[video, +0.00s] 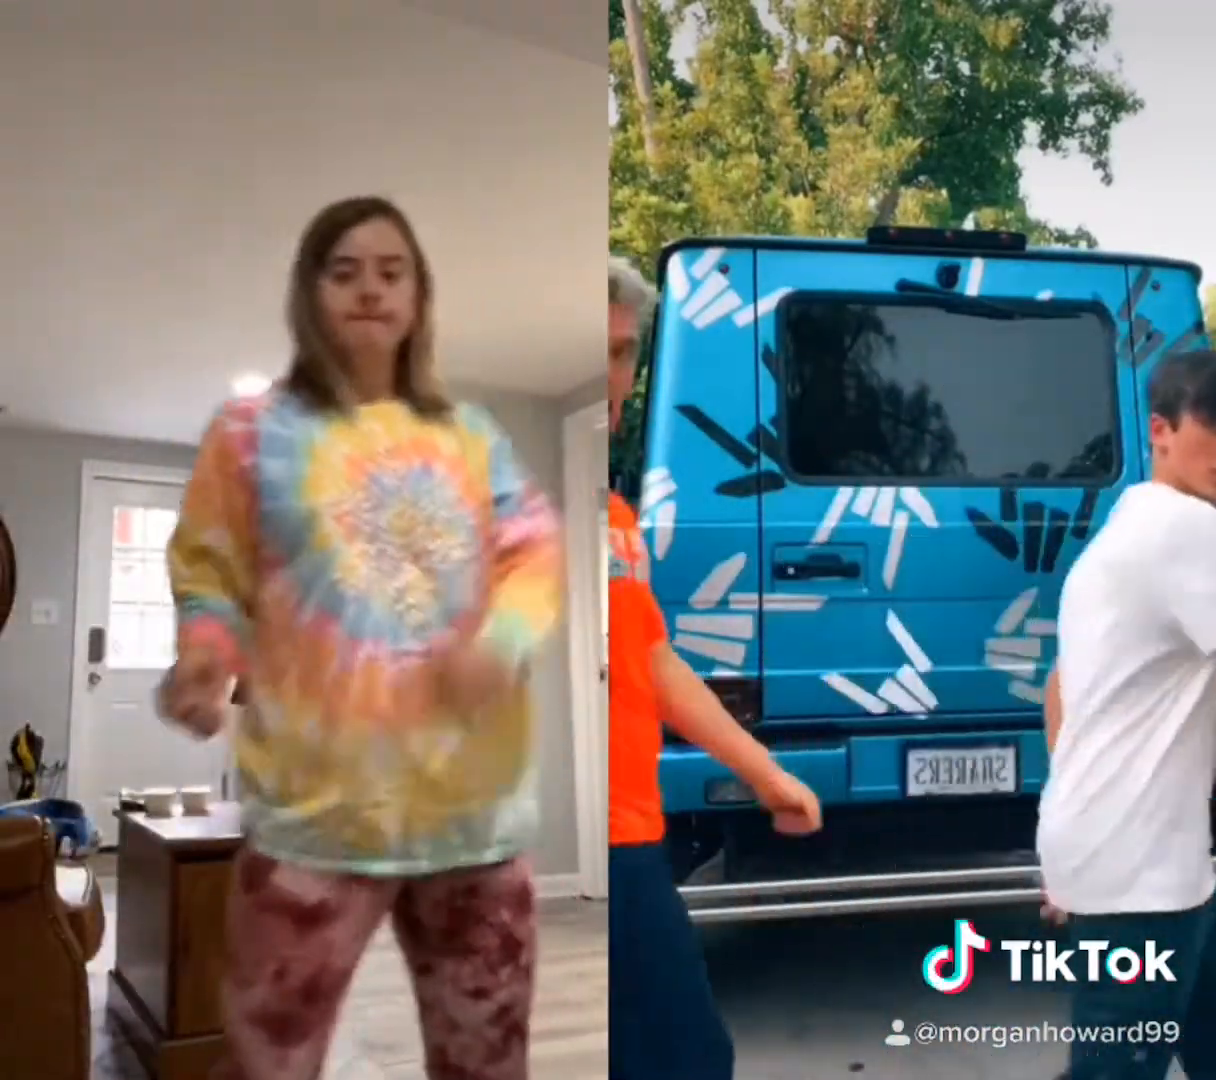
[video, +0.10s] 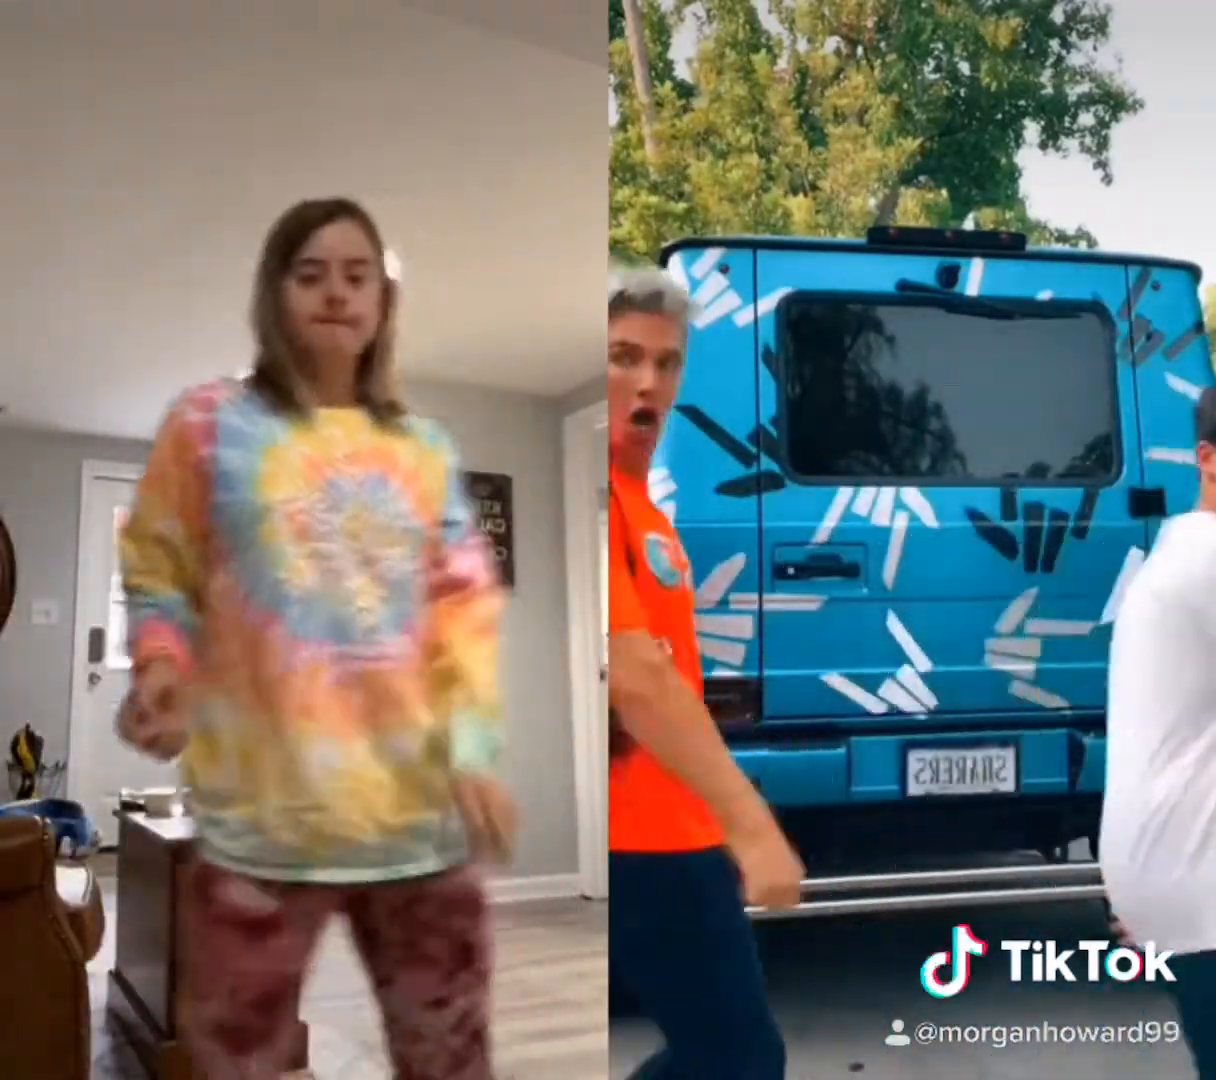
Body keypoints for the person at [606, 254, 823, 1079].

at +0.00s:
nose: (622, 379)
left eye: (628, 355)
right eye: (610, 352)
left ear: (633, 366)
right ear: (562, 355)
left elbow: (654, 661)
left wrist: (764, 773)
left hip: (629, 839)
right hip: (585, 840)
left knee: (679, 1053)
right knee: (694, 1053)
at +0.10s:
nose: (646, 385)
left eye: (665, 363)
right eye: (624, 358)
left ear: (682, 374)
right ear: (582, 365)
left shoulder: (636, 500)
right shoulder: (586, 494)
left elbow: (654, 669)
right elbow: (634, 677)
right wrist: (750, 825)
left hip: (676, 839)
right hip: (645, 844)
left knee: (715, 1049)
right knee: (740, 1055)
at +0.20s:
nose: (694, 390)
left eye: (711, 371)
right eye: (671, 364)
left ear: (726, 384)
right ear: (621, 380)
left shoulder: (666, 492)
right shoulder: (625, 490)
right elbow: (738, 651)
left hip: (716, 832)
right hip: (666, 843)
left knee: (827, 997)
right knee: (777, 1058)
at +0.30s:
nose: (735, 390)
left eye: (751, 370)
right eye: (711, 364)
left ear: (763, 382)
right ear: (661, 378)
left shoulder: (707, 491)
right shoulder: (662, 482)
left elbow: (661, 669)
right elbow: (784, 635)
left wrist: (634, 808)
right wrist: (943, 715)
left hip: (759, 825)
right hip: (707, 839)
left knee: (871, 987)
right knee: (807, 1058)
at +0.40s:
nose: (759, 404)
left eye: (776, 385)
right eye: (738, 380)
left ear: (789, 395)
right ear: (690, 389)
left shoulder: (736, 503)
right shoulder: (690, 495)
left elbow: (728, 686)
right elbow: (801, 653)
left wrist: (680, 816)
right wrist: (939, 752)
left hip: (804, 824)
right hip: (753, 842)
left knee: (912, 1002)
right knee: (855, 1056)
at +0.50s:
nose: (776, 443)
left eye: (792, 423)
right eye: (755, 419)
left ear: (806, 431)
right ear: (707, 427)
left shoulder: (749, 534)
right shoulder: (710, 536)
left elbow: (782, 709)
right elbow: (769, 720)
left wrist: (863, 853)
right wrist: (877, 861)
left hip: (821, 867)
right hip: (790, 879)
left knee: (957, 990)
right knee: (911, 1053)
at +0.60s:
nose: (770, 458)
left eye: (784, 437)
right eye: (747, 435)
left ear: (799, 449)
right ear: (703, 450)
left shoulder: (758, 555)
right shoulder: (703, 557)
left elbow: (827, 697)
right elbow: (714, 747)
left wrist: (944, 787)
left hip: (855, 859)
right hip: (804, 890)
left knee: (963, 986)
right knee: (919, 1056)